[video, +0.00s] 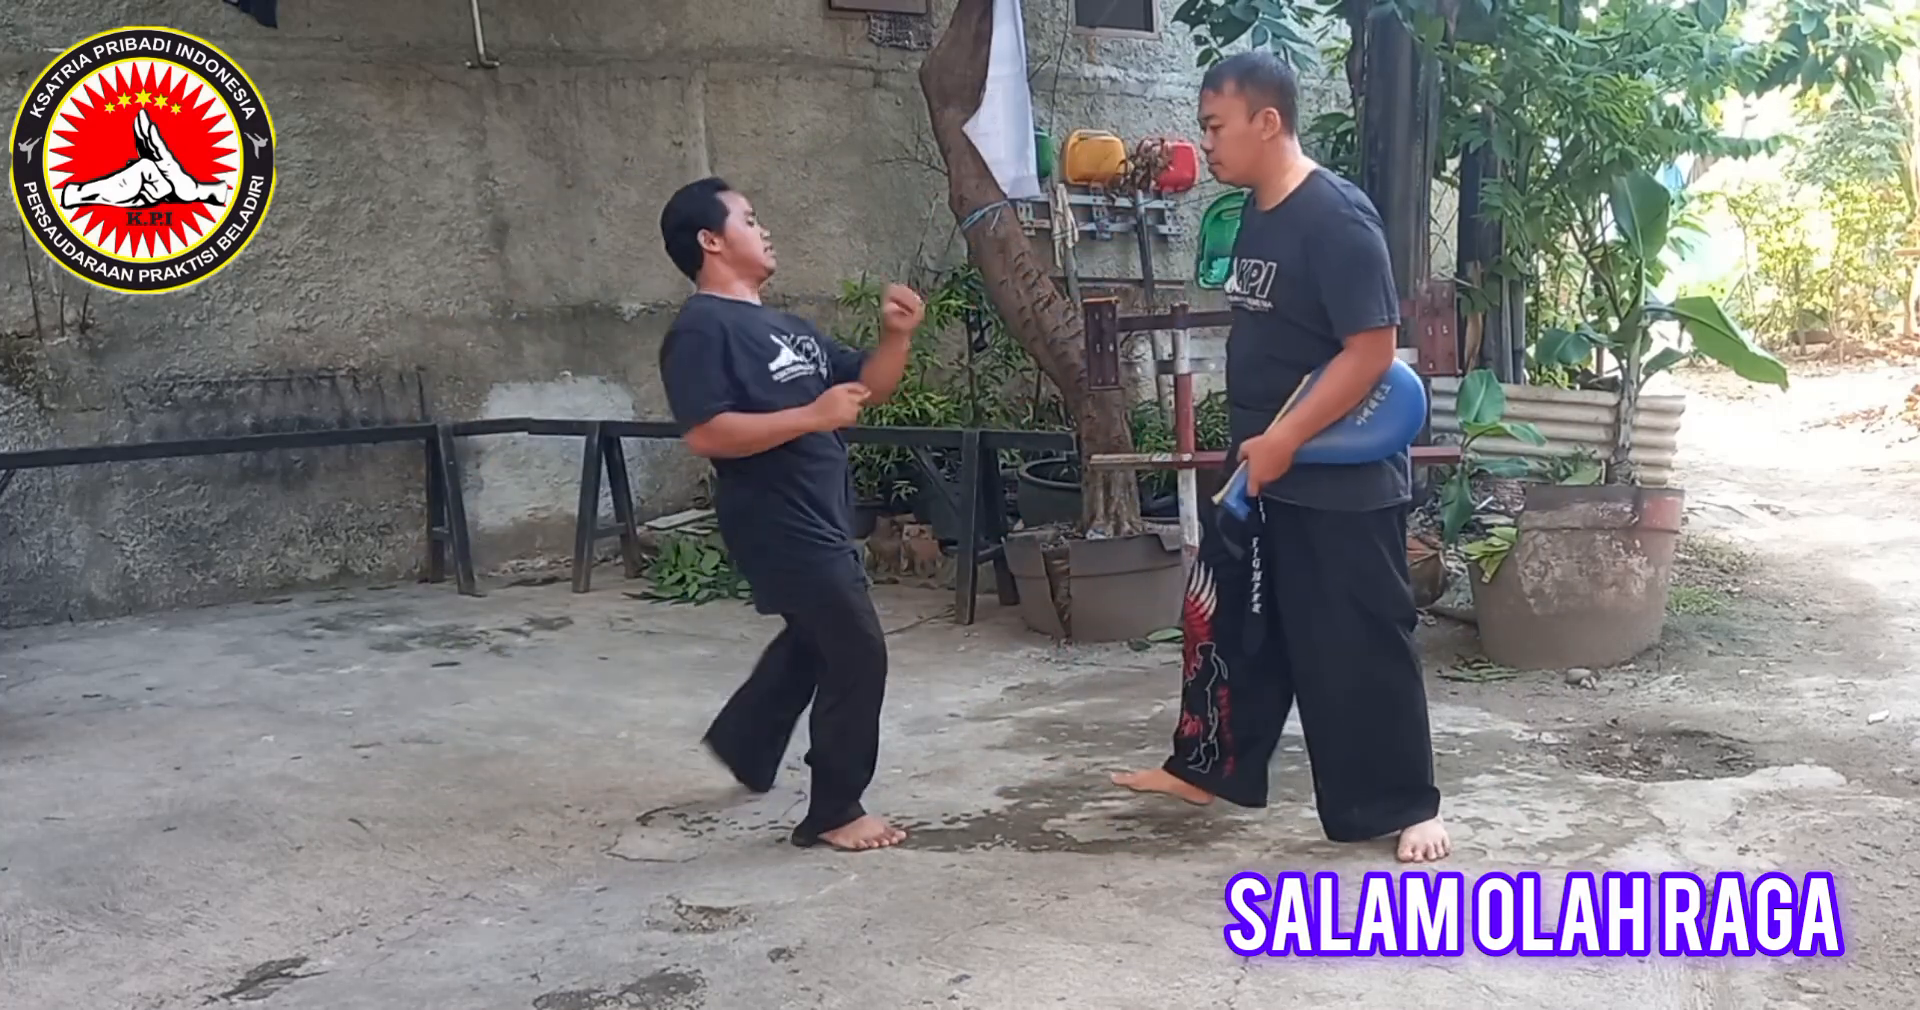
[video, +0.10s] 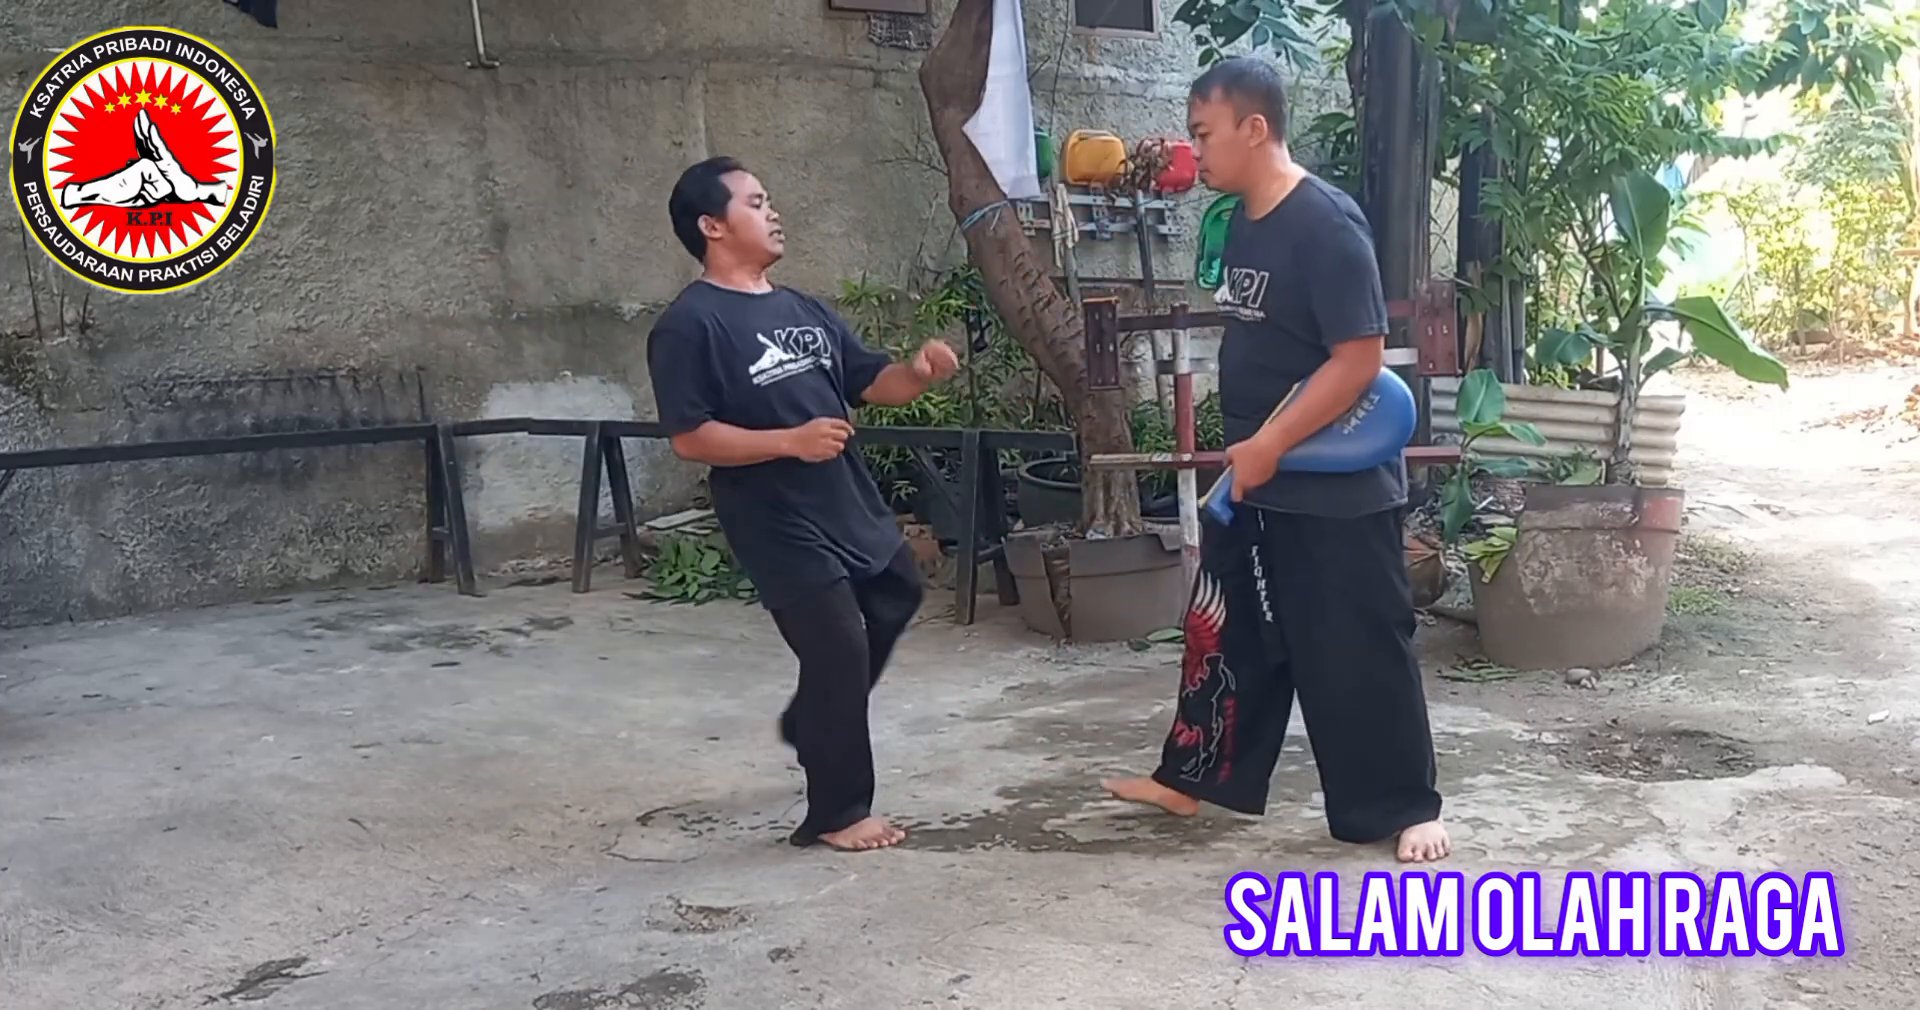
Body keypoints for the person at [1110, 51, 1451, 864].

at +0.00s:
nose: (1206, 143)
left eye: (1215, 126)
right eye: (1204, 127)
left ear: (1268, 123)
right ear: (1253, 126)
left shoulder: (1339, 217)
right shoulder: (1261, 211)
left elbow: (1373, 351)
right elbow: (1277, 342)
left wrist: (1282, 437)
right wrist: (1254, 442)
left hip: (1341, 481)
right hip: (1270, 475)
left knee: (1368, 650)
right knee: (1240, 627)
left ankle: (1412, 810)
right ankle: (1208, 769)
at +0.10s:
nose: (1195, 147)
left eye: (1203, 130)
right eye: (1193, 131)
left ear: (1255, 129)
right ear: (1246, 130)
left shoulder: (1329, 224)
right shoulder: (1244, 218)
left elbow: (1360, 361)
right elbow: (1265, 347)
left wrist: (1269, 443)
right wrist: (1248, 449)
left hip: (1336, 491)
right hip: (1260, 482)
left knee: (1367, 655)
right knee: (1233, 638)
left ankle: (1414, 814)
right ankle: (1190, 779)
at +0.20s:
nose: (1167, 154)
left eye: (1178, 137)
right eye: (1166, 139)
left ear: (1231, 133)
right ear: (1216, 137)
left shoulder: (1308, 228)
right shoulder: (1210, 227)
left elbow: (1342, 358)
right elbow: (1232, 350)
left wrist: (1258, 447)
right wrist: (1223, 453)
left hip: (1317, 492)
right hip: (1235, 486)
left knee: (1351, 655)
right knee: (1215, 640)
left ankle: (1409, 811)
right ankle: (1195, 783)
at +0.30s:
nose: (1139, 158)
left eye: (1149, 140)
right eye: (1137, 143)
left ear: (1204, 136)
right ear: (1187, 142)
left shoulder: (1285, 227)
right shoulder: (1180, 231)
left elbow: (1325, 354)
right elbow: (1211, 346)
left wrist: (1246, 447)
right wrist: (1204, 448)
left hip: (1300, 482)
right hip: (1207, 478)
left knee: (1348, 645)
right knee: (1195, 637)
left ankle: (1413, 805)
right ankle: (1186, 784)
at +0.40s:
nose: (1111, 167)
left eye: (1118, 149)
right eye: (1106, 152)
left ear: (1167, 137)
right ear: (1147, 144)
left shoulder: (1261, 221)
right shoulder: (1141, 230)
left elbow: (1308, 342)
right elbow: (1171, 343)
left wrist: (1244, 436)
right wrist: (1181, 437)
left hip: (1280, 467)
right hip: (1180, 468)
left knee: (1329, 633)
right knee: (1180, 632)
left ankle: (1389, 799)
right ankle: (1179, 784)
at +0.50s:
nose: (1103, 175)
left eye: (1109, 156)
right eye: (1096, 161)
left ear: (1159, 141)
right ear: (1132, 151)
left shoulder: (1256, 217)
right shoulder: (1127, 231)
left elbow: (1308, 335)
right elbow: (1150, 337)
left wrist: (1250, 425)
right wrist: (1145, 414)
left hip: (1275, 472)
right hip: (1176, 474)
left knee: (1309, 633)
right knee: (1176, 630)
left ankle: (1356, 797)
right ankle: (1179, 781)